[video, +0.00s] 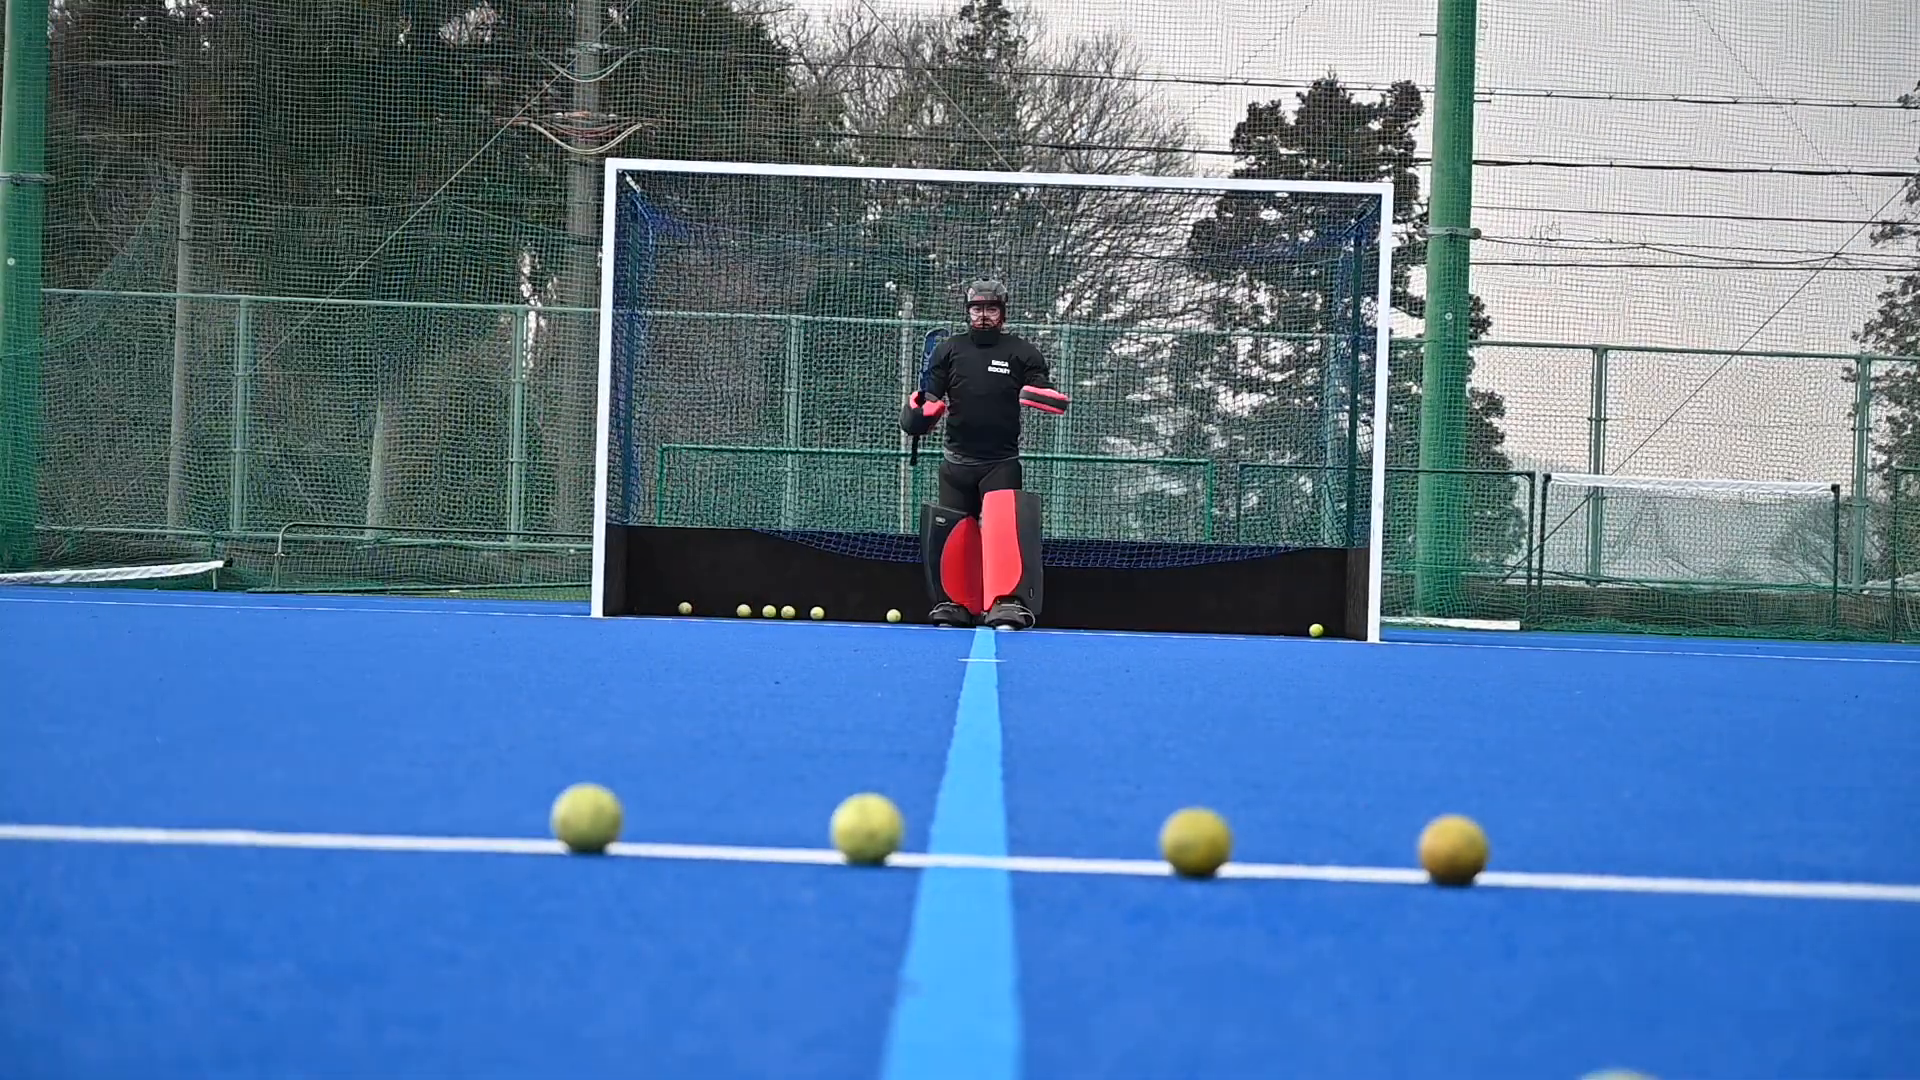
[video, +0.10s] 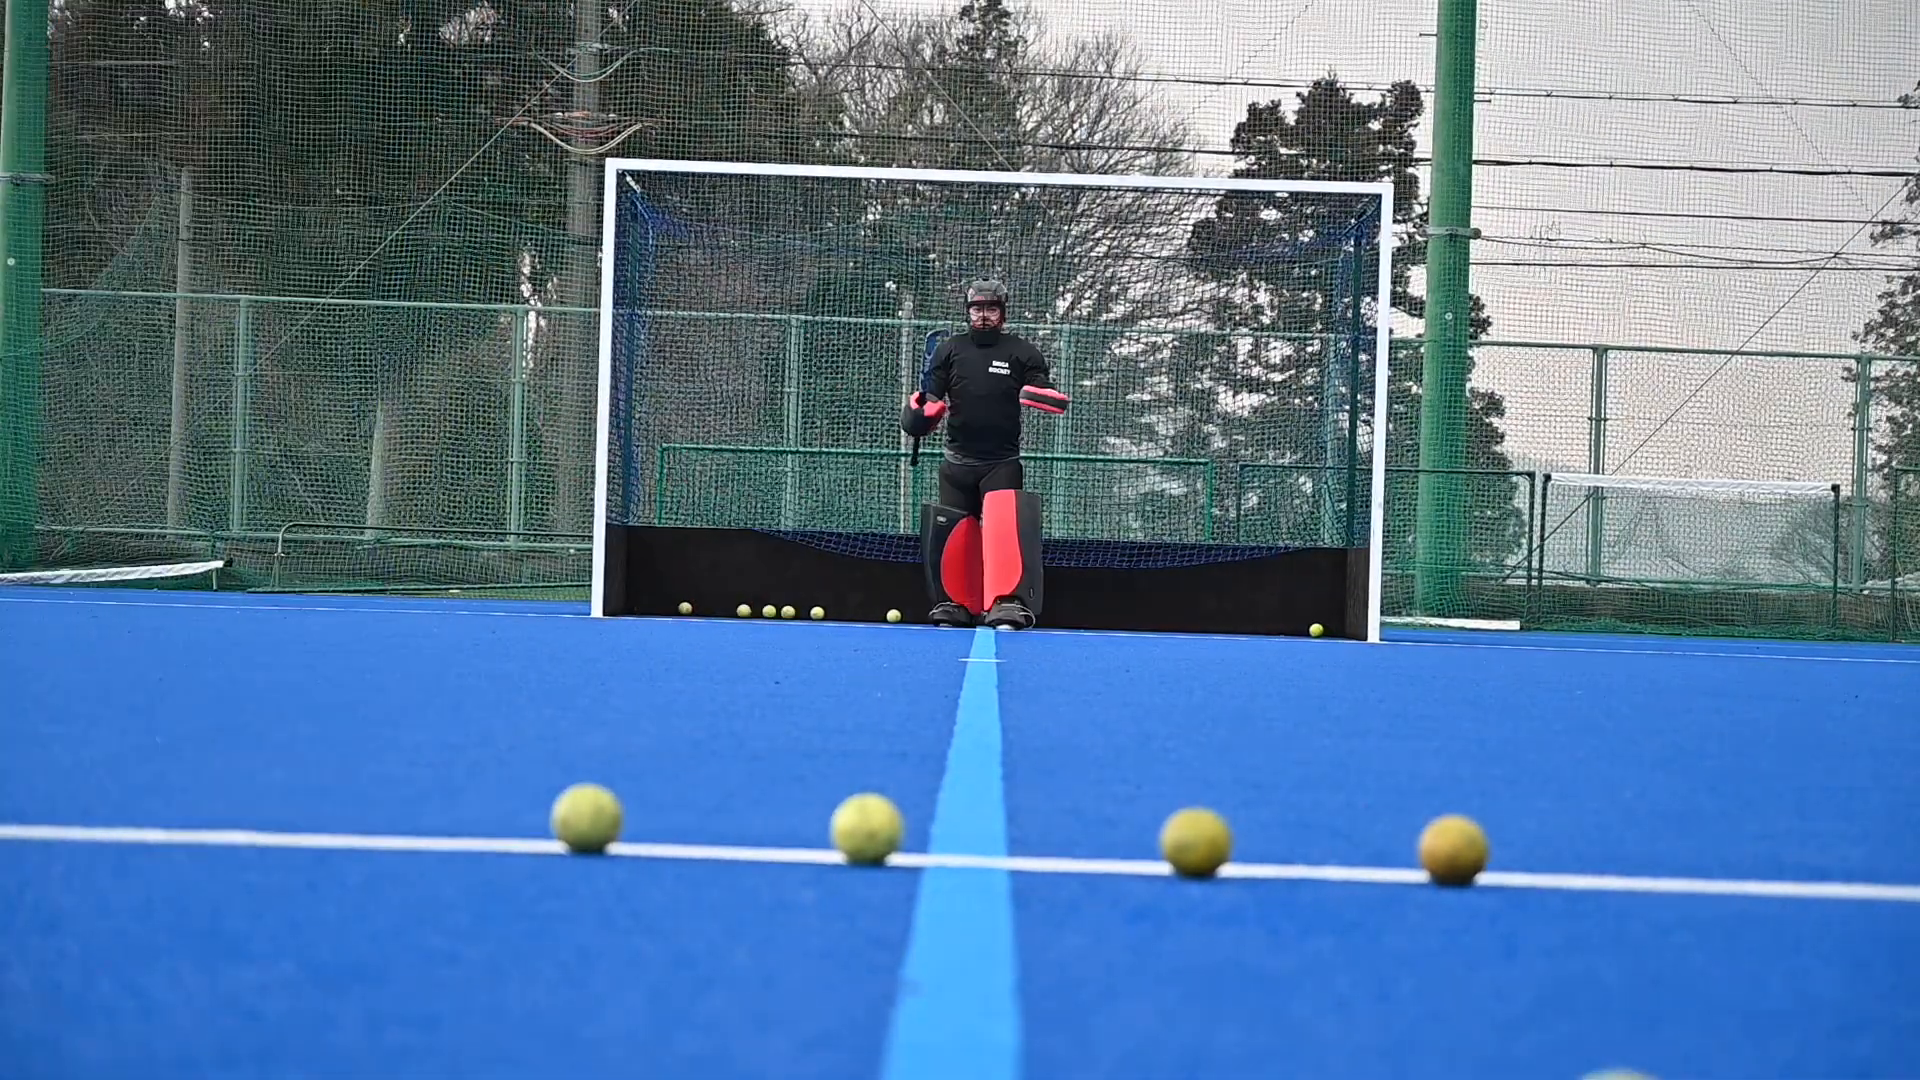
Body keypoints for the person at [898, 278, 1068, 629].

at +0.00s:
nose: (983, 315)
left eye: (991, 308)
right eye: (977, 308)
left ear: (1002, 312)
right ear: (967, 311)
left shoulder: (1023, 352)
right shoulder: (948, 350)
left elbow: (1046, 398)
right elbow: (928, 402)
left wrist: (1047, 400)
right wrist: (917, 416)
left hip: (1001, 461)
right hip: (957, 460)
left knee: (1003, 530)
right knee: (951, 532)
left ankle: (1007, 604)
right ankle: (953, 604)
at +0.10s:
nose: (984, 314)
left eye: (991, 308)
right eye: (977, 308)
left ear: (1002, 312)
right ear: (968, 311)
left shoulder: (1023, 352)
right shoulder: (949, 349)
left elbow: (1045, 397)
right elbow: (930, 401)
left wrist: (1047, 400)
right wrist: (922, 415)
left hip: (1002, 461)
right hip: (957, 459)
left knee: (1004, 530)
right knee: (952, 532)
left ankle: (1007, 604)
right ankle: (953, 604)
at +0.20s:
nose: (983, 315)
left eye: (991, 309)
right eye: (977, 309)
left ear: (1002, 313)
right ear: (968, 313)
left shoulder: (1023, 352)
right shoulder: (950, 350)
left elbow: (1045, 396)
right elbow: (931, 401)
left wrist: (1045, 398)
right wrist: (923, 414)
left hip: (1002, 461)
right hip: (958, 459)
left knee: (1003, 530)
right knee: (952, 531)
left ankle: (1007, 604)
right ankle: (953, 603)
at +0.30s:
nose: (983, 316)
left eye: (990, 309)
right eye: (976, 309)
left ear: (1002, 313)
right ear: (967, 313)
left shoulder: (1023, 352)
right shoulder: (951, 351)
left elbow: (1044, 396)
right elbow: (931, 400)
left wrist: (1046, 400)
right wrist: (922, 413)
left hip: (1002, 461)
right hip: (958, 459)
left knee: (1004, 530)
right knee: (951, 531)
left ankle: (1007, 604)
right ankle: (953, 603)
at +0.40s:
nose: (983, 316)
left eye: (990, 309)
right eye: (976, 309)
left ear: (1002, 313)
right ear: (967, 313)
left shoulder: (1023, 352)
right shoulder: (951, 351)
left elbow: (1043, 397)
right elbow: (930, 400)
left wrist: (1047, 401)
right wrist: (921, 415)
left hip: (1002, 461)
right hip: (958, 459)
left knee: (1003, 530)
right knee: (951, 531)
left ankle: (1007, 604)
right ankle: (953, 603)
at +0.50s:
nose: (983, 316)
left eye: (990, 309)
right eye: (976, 309)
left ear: (1002, 313)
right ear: (967, 314)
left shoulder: (1023, 352)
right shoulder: (950, 352)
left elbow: (1044, 398)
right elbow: (929, 401)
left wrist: (1043, 401)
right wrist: (921, 418)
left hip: (1001, 461)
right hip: (957, 459)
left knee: (1003, 529)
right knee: (952, 531)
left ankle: (1007, 604)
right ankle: (953, 603)